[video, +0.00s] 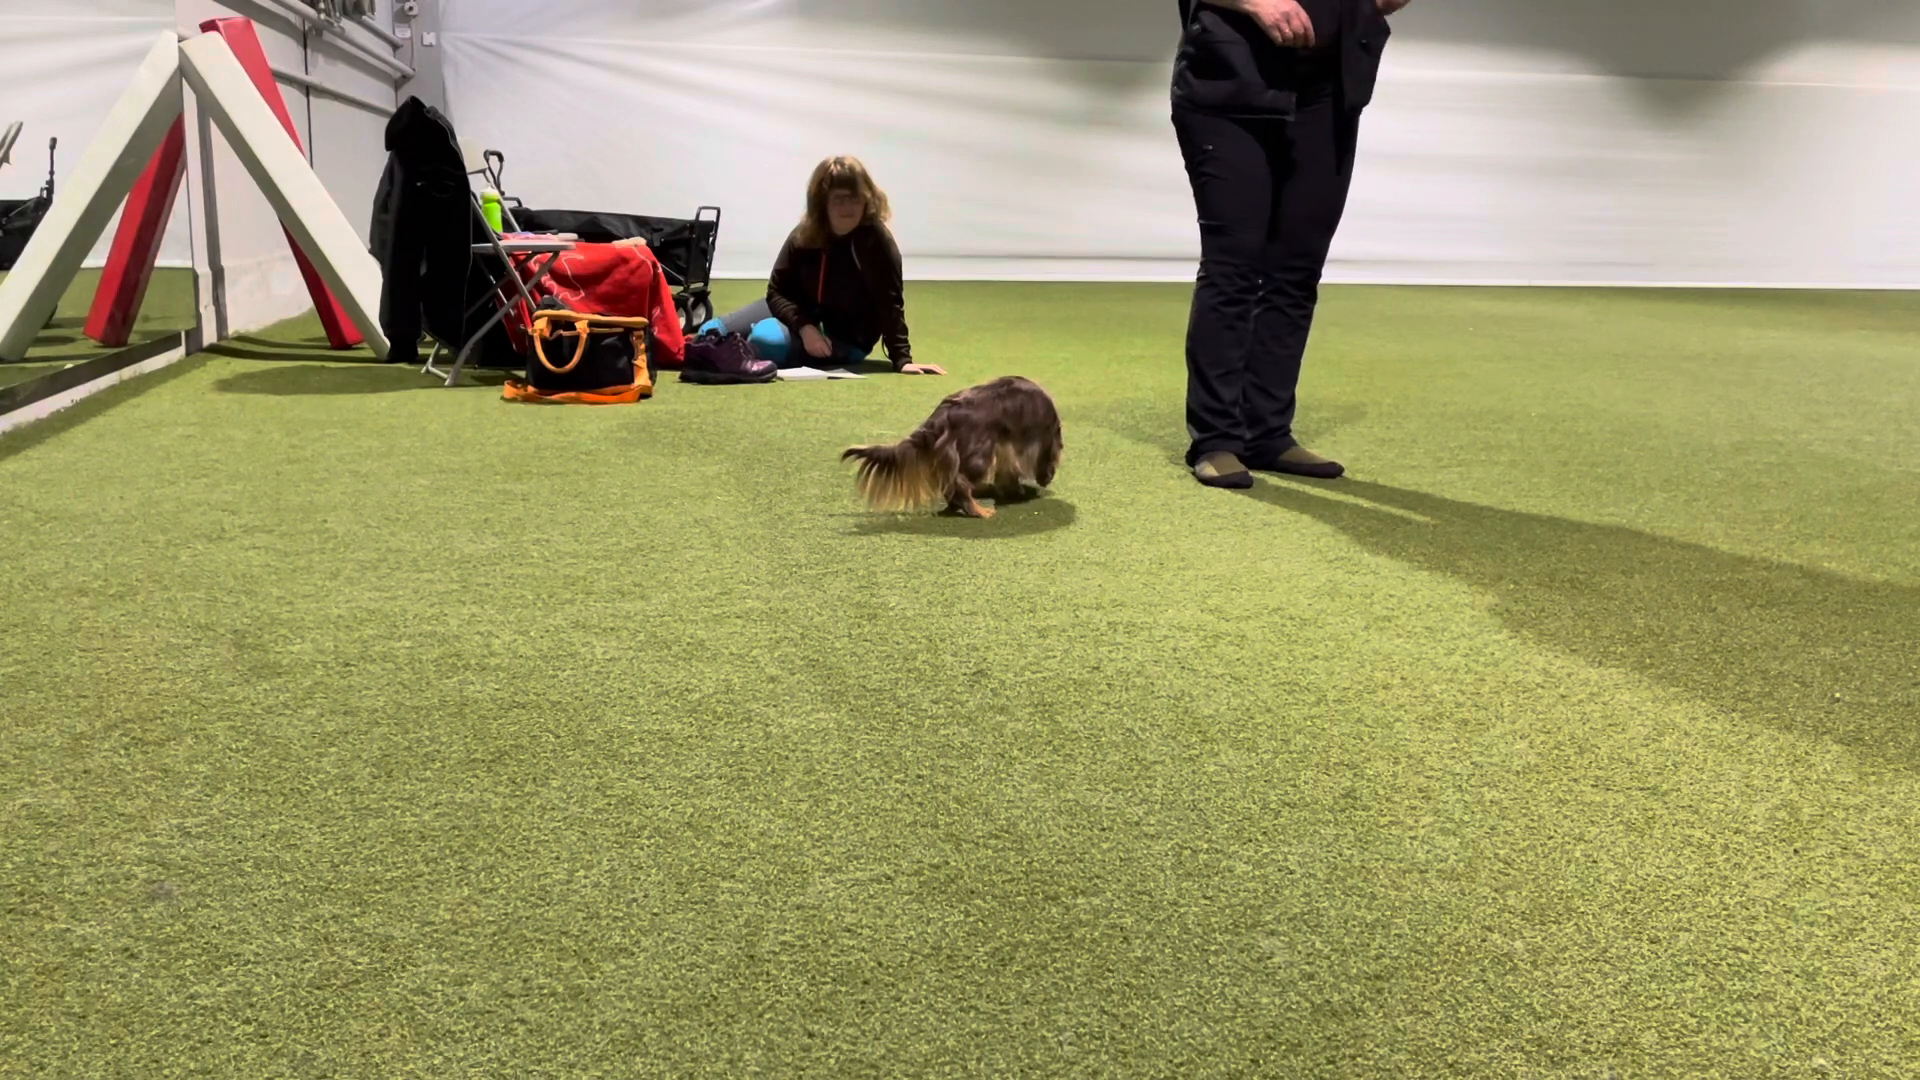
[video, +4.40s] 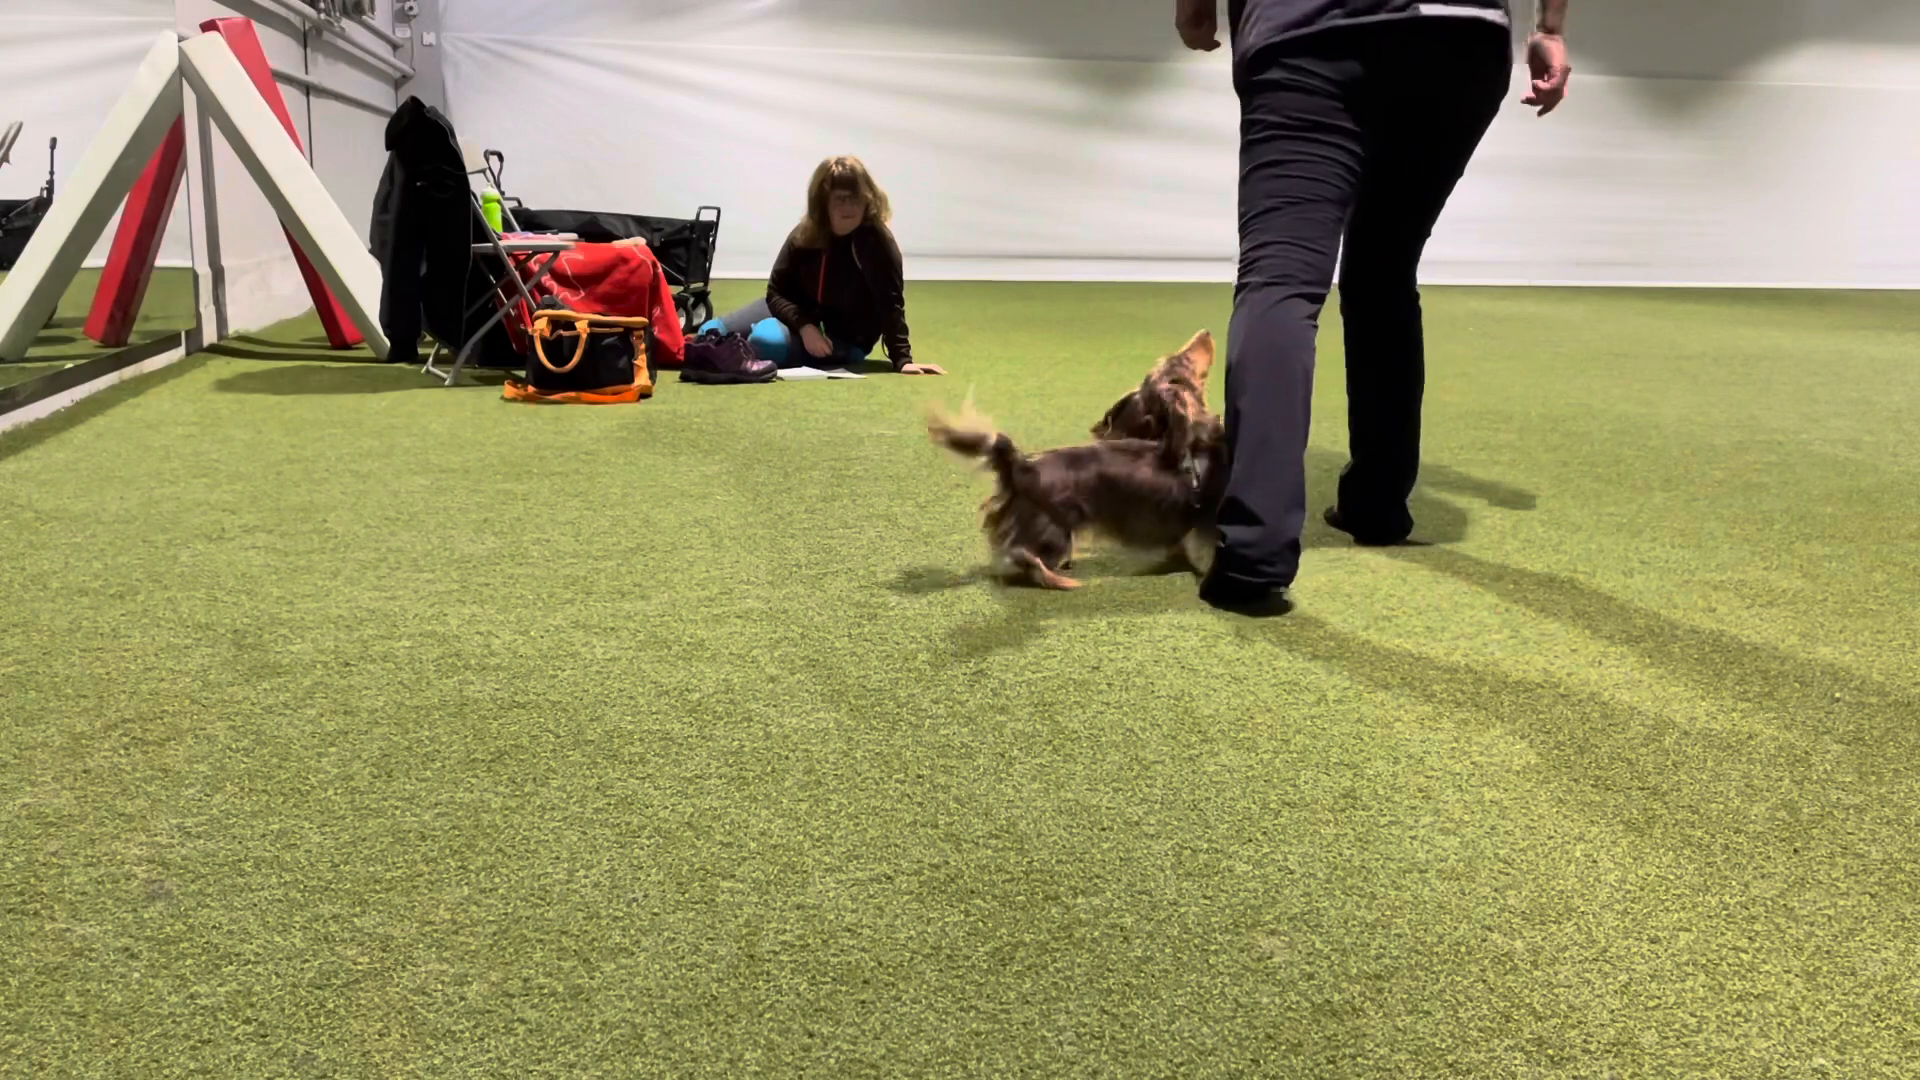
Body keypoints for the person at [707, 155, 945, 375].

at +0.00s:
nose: (847, 205)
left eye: (854, 197)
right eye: (838, 198)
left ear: (866, 200)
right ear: (822, 201)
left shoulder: (878, 243)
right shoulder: (804, 237)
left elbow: (891, 302)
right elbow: (777, 292)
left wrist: (902, 360)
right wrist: (804, 328)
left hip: (842, 337)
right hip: (796, 313)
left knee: (764, 336)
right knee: (712, 331)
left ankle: (732, 346)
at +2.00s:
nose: (848, 206)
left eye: (855, 197)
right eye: (839, 198)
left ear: (867, 200)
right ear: (823, 201)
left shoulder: (878, 242)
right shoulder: (804, 237)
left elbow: (892, 302)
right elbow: (777, 292)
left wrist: (902, 360)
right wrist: (804, 327)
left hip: (841, 337)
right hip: (795, 312)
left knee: (765, 337)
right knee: (711, 332)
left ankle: (732, 344)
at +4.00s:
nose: (847, 206)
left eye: (855, 196)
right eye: (838, 198)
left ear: (867, 200)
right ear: (822, 201)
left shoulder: (877, 241)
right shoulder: (804, 237)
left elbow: (891, 301)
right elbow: (777, 292)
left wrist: (902, 360)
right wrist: (804, 327)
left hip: (842, 338)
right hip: (795, 313)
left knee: (765, 336)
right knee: (712, 331)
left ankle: (732, 346)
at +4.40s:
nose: (848, 206)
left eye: (855, 197)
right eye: (839, 198)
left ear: (867, 201)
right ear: (822, 201)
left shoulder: (878, 242)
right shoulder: (804, 236)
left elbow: (891, 302)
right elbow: (777, 292)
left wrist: (903, 359)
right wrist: (804, 327)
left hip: (841, 338)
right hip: (795, 313)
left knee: (763, 337)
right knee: (714, 330)